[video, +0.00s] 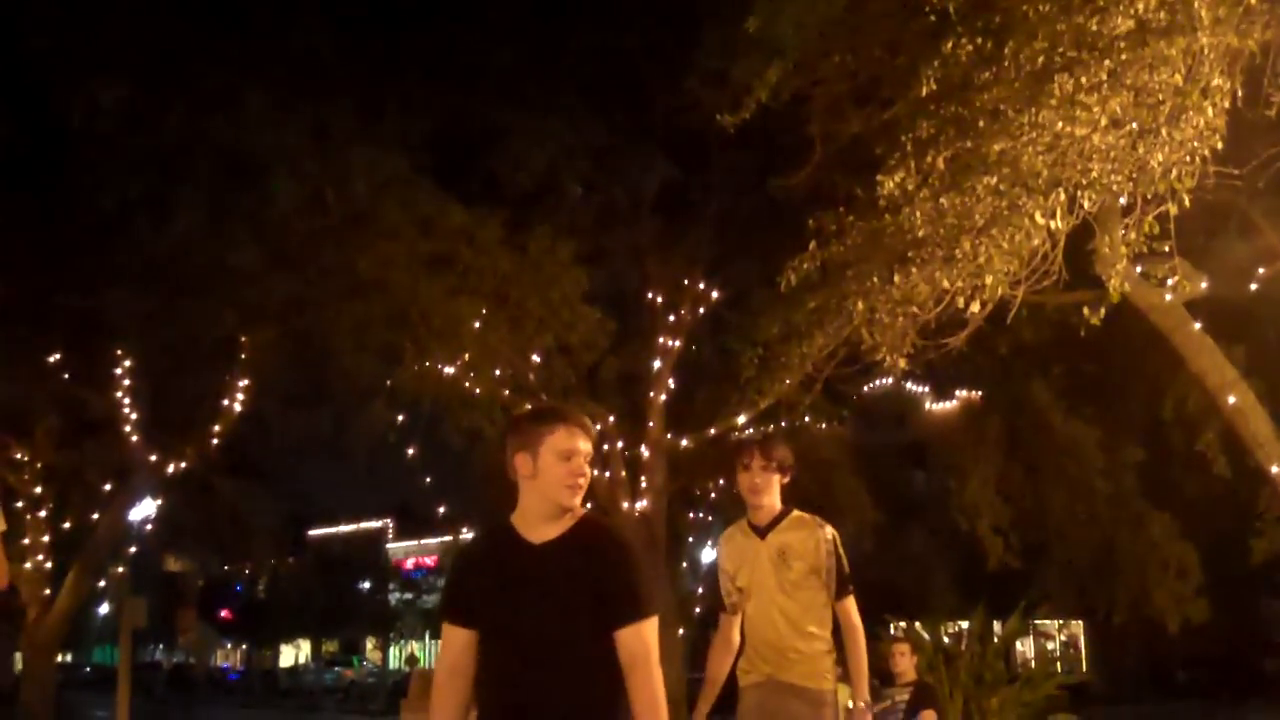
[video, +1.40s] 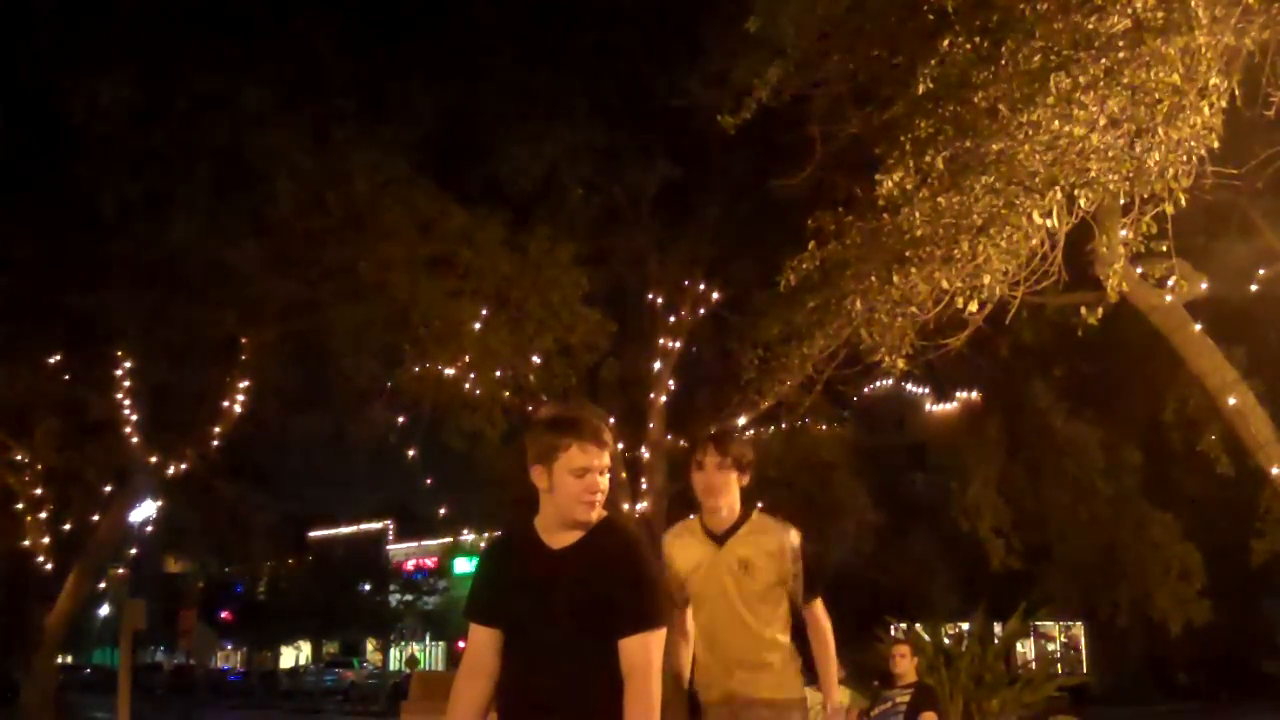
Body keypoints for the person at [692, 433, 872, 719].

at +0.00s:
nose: (754, 477)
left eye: (765, 467)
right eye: (746, 468)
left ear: (784, 475)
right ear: (735, 478)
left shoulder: (818, 535)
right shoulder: (729, 542)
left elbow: (850, 620)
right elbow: (728, 633)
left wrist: (861, 701)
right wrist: (701, 710)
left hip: (813, 689)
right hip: (754, 688)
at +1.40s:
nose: (709, 479)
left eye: (721, 467)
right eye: (700, 467)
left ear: (743, 476)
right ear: (691, 475)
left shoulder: (781, 539)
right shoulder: (675, 543)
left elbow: (815, 616)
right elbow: (680, 627)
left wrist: (832, 700)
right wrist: (676, 695)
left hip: (778, 698)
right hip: (713, 700)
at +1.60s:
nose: (698, 506)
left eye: (710, 494)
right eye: (689, 494)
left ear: (735, 504)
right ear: (679, 502)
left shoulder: (774, 576)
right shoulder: (664, 574)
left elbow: (813, 664)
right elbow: (652, 661)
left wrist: (820, 713)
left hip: (759, 711)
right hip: (689, 711)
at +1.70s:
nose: (685, 456)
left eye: (695, 443)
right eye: (677, 444)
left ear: (722, 451)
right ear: (668, 453)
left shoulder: (760, 516)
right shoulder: (653, 521)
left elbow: (805, 618)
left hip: (743, 700)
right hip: (673, 700)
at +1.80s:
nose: (666, 412)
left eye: (679, 398)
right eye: (658, 399)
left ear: (707, 404)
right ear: (649, 405)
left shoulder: (746, 465)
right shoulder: (637, 467)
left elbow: (785, 553)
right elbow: (622, 549)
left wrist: (728, 541)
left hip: (722, 639)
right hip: (654, 638)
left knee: (727, 714)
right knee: (650, 715)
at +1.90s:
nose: (647, 396)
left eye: (660, 382)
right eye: (637, 384)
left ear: (690, 386)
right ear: (629, 389)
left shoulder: (726, 445)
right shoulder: (618, 445)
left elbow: (730, 509)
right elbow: (594, 509)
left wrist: (658, 509)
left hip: (715, 625)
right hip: (642, 623)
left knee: (715, 713)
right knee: (639, 715)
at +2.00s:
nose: (622, 418)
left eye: (636, 404)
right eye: (614, 405)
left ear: (668, 405)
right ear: (605, 407)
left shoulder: (705, 462)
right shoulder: (594, 463)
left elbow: (717, 531)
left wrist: (639, 511)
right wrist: (538, 518)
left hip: (697, 631)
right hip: (620, 632)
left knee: (704, 713)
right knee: (627, 715)